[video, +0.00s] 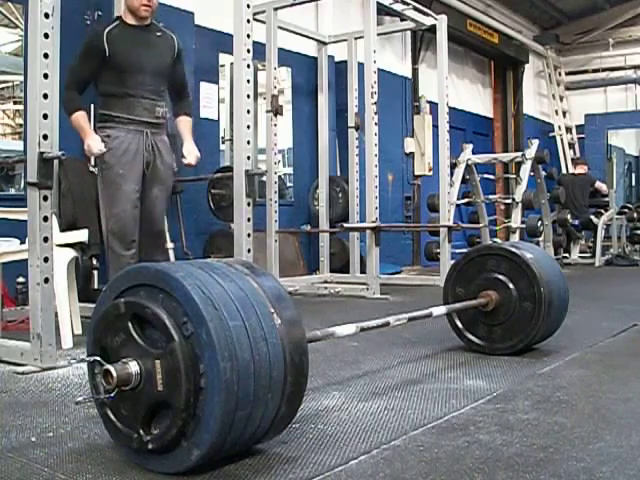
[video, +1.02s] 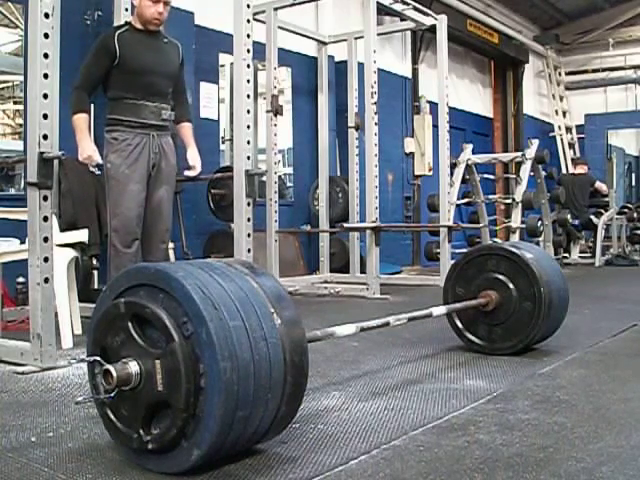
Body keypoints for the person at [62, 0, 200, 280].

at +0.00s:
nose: (148, 2)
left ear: (156, 3)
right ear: (126, 0)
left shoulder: (169, 42)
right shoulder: (104, 36)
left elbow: (180, 96)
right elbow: (71, 90)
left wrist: (187, 139)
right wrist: (87, 134)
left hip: (160, 139)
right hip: (118, 137)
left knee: (156, 228)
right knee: (122, 228)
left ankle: (160, 303)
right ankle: (122, 306)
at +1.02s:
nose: (161, 9)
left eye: (165, 4)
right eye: (155, 2)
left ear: (169, 8)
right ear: (136, 3)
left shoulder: (173, 48)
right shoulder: (113, 40)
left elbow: (180, 102)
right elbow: (81, 91)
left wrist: (191, 146)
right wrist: (84, 141)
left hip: (164, 143)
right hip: (125, 141)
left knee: (159, 232)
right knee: (125, 230)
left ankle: (158, 304)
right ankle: (123, 305)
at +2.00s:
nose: (159, 12)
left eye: (166, 6)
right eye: (153, 4)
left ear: (170, 10)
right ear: (137, 3)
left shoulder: (176, 50)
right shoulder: (114, 40)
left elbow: (183, 106)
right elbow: (80, 92)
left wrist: (192, 149)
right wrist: (80, 141)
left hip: (164, 143)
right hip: (123, 141)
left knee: (158, 232)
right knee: (124, 229)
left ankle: (157, 304)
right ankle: (122, 304)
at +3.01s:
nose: (156, 11)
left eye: (163, 6)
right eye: (150, 4)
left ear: (168, 9)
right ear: (135, 3)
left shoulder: (175, 48)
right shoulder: (112, 39)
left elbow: (183, 103)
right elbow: (77, 91)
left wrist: (191, 148)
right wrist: (77, 140)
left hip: (162, 143)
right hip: (122, 141)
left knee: (157, 233)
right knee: (122, 231)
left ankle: (159, 306)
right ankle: (121, 307)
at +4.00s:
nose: (139, 0)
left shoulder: (161, 27)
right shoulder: (92, 22)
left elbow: (173, 83)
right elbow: (54, 73)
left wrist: (187, 131)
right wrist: (57, 129)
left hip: (152, 134)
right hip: (106, 133)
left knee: (157, 224)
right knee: (108, 227)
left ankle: (148, 310)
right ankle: (107, 317)